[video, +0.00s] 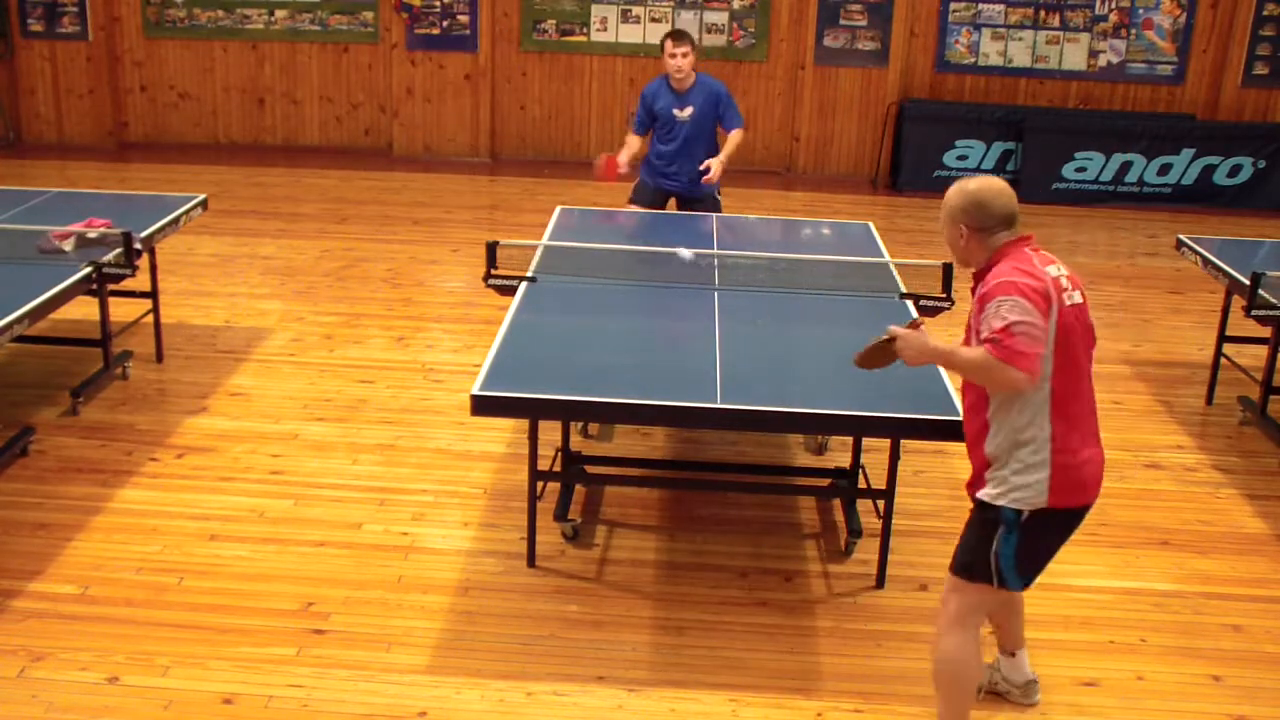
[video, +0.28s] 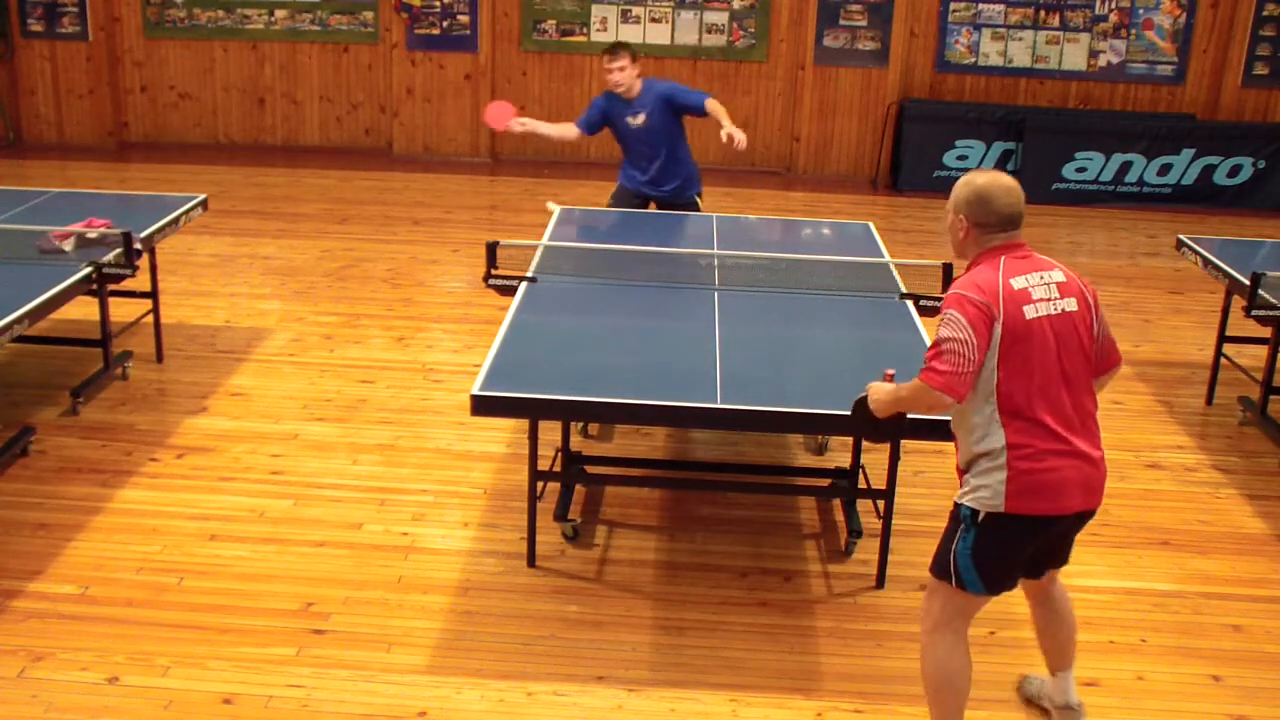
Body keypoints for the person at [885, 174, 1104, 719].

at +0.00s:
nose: (947, 242)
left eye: (948, 232)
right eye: (946, 231)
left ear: (966, 234)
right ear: (1009, 224)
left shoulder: (1009, 284)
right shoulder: (1048, 267)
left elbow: (1017, 370)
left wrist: (933, 351)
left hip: (1030, 482)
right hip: (1062, 471)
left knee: (957, 614)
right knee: (1000, 567)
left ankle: (952, 715)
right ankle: (1014, 671)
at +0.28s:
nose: (946, 225)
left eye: (949, 216)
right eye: (947, 215)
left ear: (964, 225)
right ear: (1017, 222)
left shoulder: (973, 291)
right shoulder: (1067, 278)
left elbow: (943, 387)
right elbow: (1107, 362)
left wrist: (890, 398)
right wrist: (1045, 394)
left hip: (1008, 495)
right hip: (1079, 487)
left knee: (943, 618)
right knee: (1042, 578)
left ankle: (946, 716)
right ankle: (1063, 690)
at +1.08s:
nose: (1024, 242)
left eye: (1026, 234)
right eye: (1028, 233)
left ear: (1034, 242)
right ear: (1089, 246)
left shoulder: (1003, 314)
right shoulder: (1129, 307)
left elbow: (953, 393)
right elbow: (1148, 353)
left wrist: (962, 357)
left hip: (1036, 508)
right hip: (1124, 509)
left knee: (945, 593)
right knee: (1103, 569)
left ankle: (934, 713)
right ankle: (1106, 682)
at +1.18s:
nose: (1062, 247)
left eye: (1063, 240)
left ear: (1065, 246)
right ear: (1122, 251)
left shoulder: (1021, 309)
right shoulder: (1157, 315)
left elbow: (976, 379)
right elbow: (1173, 371)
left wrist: (1040, 375)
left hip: (1037, 503)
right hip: (1125, 511)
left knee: (949, 593)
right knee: (1109, 569)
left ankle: (935, 713)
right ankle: (1106, 683)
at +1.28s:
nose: (1086, 251)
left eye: (1088, 244)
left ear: (1091, 251)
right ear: (1148, 259)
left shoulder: (1041, 305)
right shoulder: (1173, 327)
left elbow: (990, 301)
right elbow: (1197, 376)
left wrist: (1050, 319)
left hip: (1039, 510)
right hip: (1125, 519)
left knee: (948, 592)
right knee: (1109, 567)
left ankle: (932, 713)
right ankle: (1104, 682)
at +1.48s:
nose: (1101, 242)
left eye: (1105, 237)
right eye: (1105, 236)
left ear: (1111, 248)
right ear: (1168, 260)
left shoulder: (1069, 307)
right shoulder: (1192, 339)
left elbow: (957, 303)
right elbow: (1245, 426)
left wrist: (895, 264)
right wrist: (1254, 456)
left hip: (1046, 502)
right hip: (1127, 518)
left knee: (948, 591)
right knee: (1102, 561)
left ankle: (927, 715)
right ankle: (1099, 680)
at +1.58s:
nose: (1091, 250)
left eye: (1095, 242)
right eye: (1098, 240)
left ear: (1103, 253)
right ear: (1160, 262)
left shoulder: (1069, 320)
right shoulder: (1187, 341)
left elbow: (973, 362)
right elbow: (1234, 431)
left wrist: (901, 340)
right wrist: (1255, 497)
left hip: (1042, 508)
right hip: (1124, 518)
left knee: (952, 606)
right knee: (1099, 561)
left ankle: (946, 714)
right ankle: (1099, 679)